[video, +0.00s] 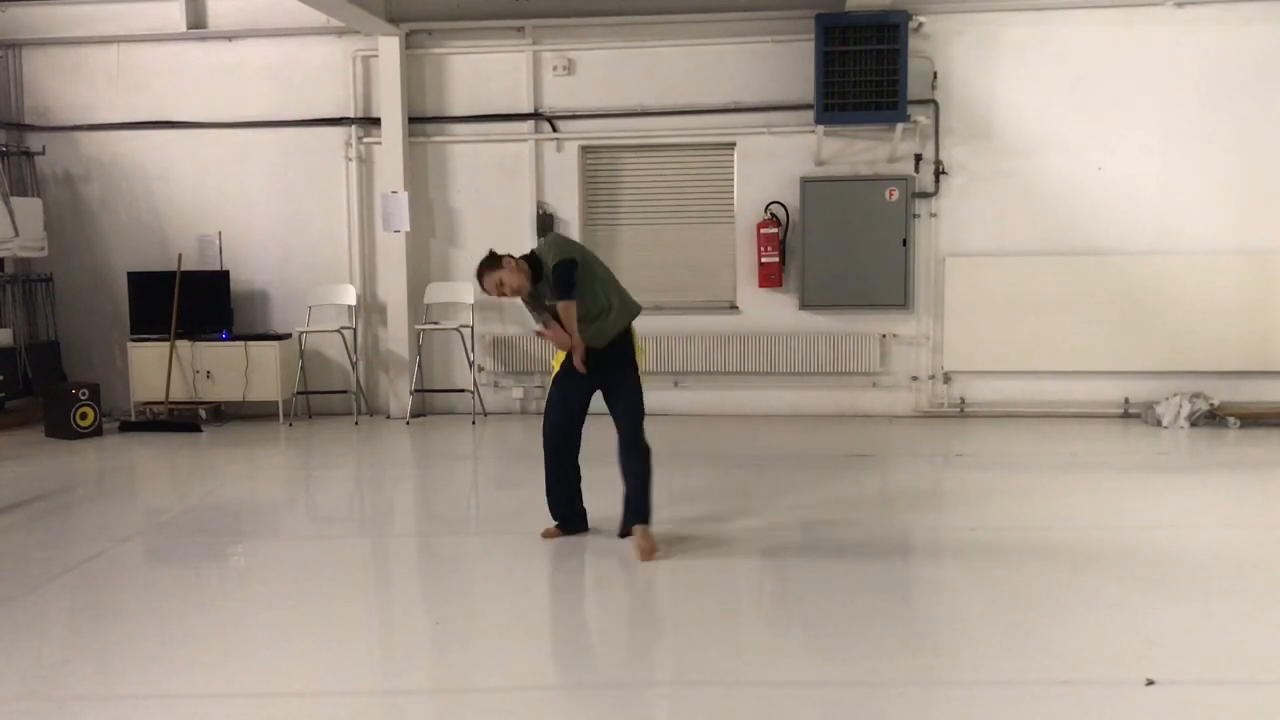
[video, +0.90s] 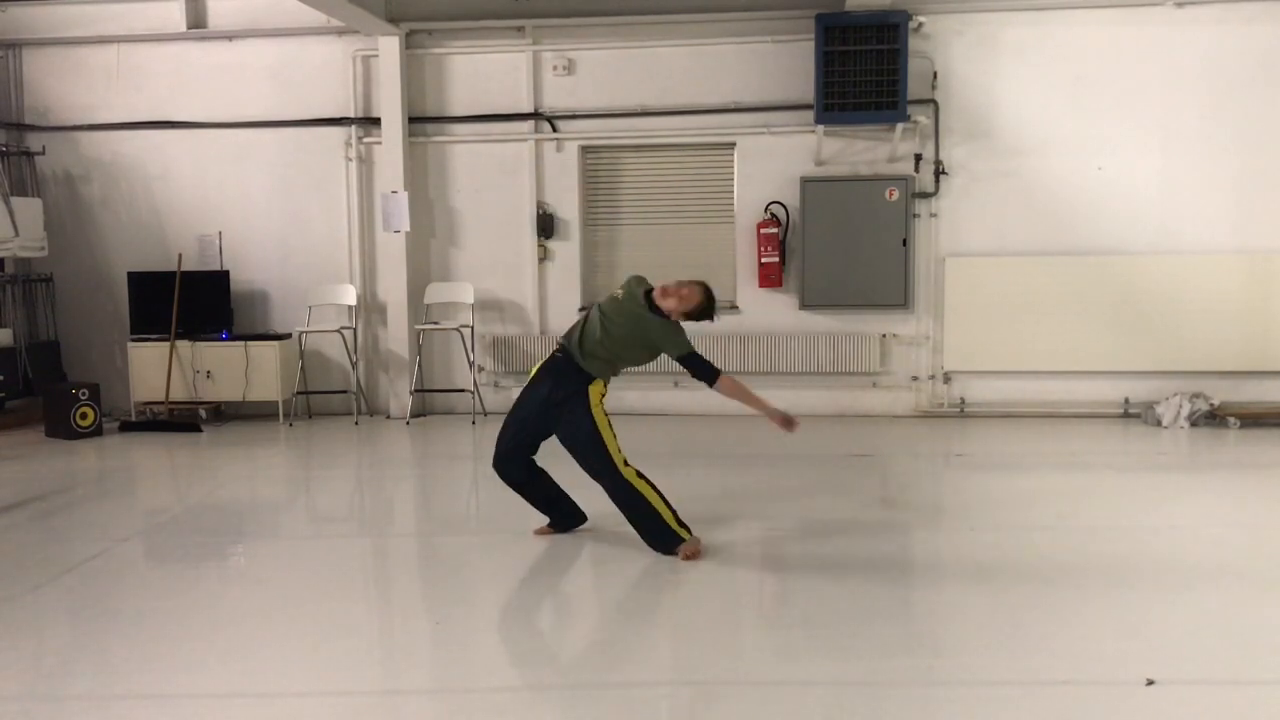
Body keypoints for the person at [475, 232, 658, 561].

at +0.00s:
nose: (507, 292)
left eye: (501, 283)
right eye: (501, 293)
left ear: (510, 262)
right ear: (504, 295)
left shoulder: (553, 248)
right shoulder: (535, 298)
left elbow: (564, 285)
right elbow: (555, 330)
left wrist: (576, 339)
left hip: (615, 342)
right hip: (578, 353)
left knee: (631, 432)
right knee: (557, 433)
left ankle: (638, 523)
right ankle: (571, 519)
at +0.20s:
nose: (530, 328)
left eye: (526, 322)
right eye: (524, 326)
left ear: (534, 299)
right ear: (534, 299)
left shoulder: (567, 286)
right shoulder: (546, 290)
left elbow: (552, 338)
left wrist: (559, 345)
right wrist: (568, 350)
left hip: (627, 355)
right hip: (589, 358)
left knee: (652, 441)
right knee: (556, 439)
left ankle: (689, 526)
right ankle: (572, 520)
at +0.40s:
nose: (567, 352)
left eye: (566, 347)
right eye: (561, 349)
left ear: (577, 328)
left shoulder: (605, 324)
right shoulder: (567, 301)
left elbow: (577, 369)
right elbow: (556, 274)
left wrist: (540, 401)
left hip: (626, 377)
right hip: (589, 376)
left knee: (632, 454)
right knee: (544, 440)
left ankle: (687, 533)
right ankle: (570, 519)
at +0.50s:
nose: (582, 350)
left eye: (585, 345)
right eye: (577, 346)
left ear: (598, 330)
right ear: (568, 314)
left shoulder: (630, 320)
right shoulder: (583, 295)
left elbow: (615, 368)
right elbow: (574, 268)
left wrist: (567, 401)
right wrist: (560, 305)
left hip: (615, 384)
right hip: (584, 373)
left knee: (621, 463)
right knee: (530, 445)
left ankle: (682, 535)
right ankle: (569, 518)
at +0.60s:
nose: (597, 344)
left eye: (606, 341)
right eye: (593, 336)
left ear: (624, 329)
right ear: (589, 316)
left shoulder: (648, 329)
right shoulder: (602, 289)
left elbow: (655, 358)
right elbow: (596, 272)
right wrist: (572, 302)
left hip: (598, 398)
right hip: (567, 380)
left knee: (614, 474)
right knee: (516, 452)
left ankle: (680, 538)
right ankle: (567, 517)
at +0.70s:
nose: (617, 320)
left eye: (625, 322)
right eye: (618, 314)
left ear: (642, 323)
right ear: (622, 302)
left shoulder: (653, 340)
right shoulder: (623, 288)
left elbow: (682, 361)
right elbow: (604, 291)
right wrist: (581, 306)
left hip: (583, 400)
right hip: (555, 380)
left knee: (608, 476)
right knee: (505, 458)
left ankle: (677, 539)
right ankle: (566, 515)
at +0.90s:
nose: (674, 287)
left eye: (681, 296)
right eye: (680, 284)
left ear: (680, 314)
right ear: (673, 280)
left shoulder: (666, 334)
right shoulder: (636, 286)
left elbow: (713, 377)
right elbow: (611, 316)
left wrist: (769, 411)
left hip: (581, 391)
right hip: (552, 371)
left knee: (614, 472)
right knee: (508, 459)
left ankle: (676, 540)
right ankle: (565, 516)